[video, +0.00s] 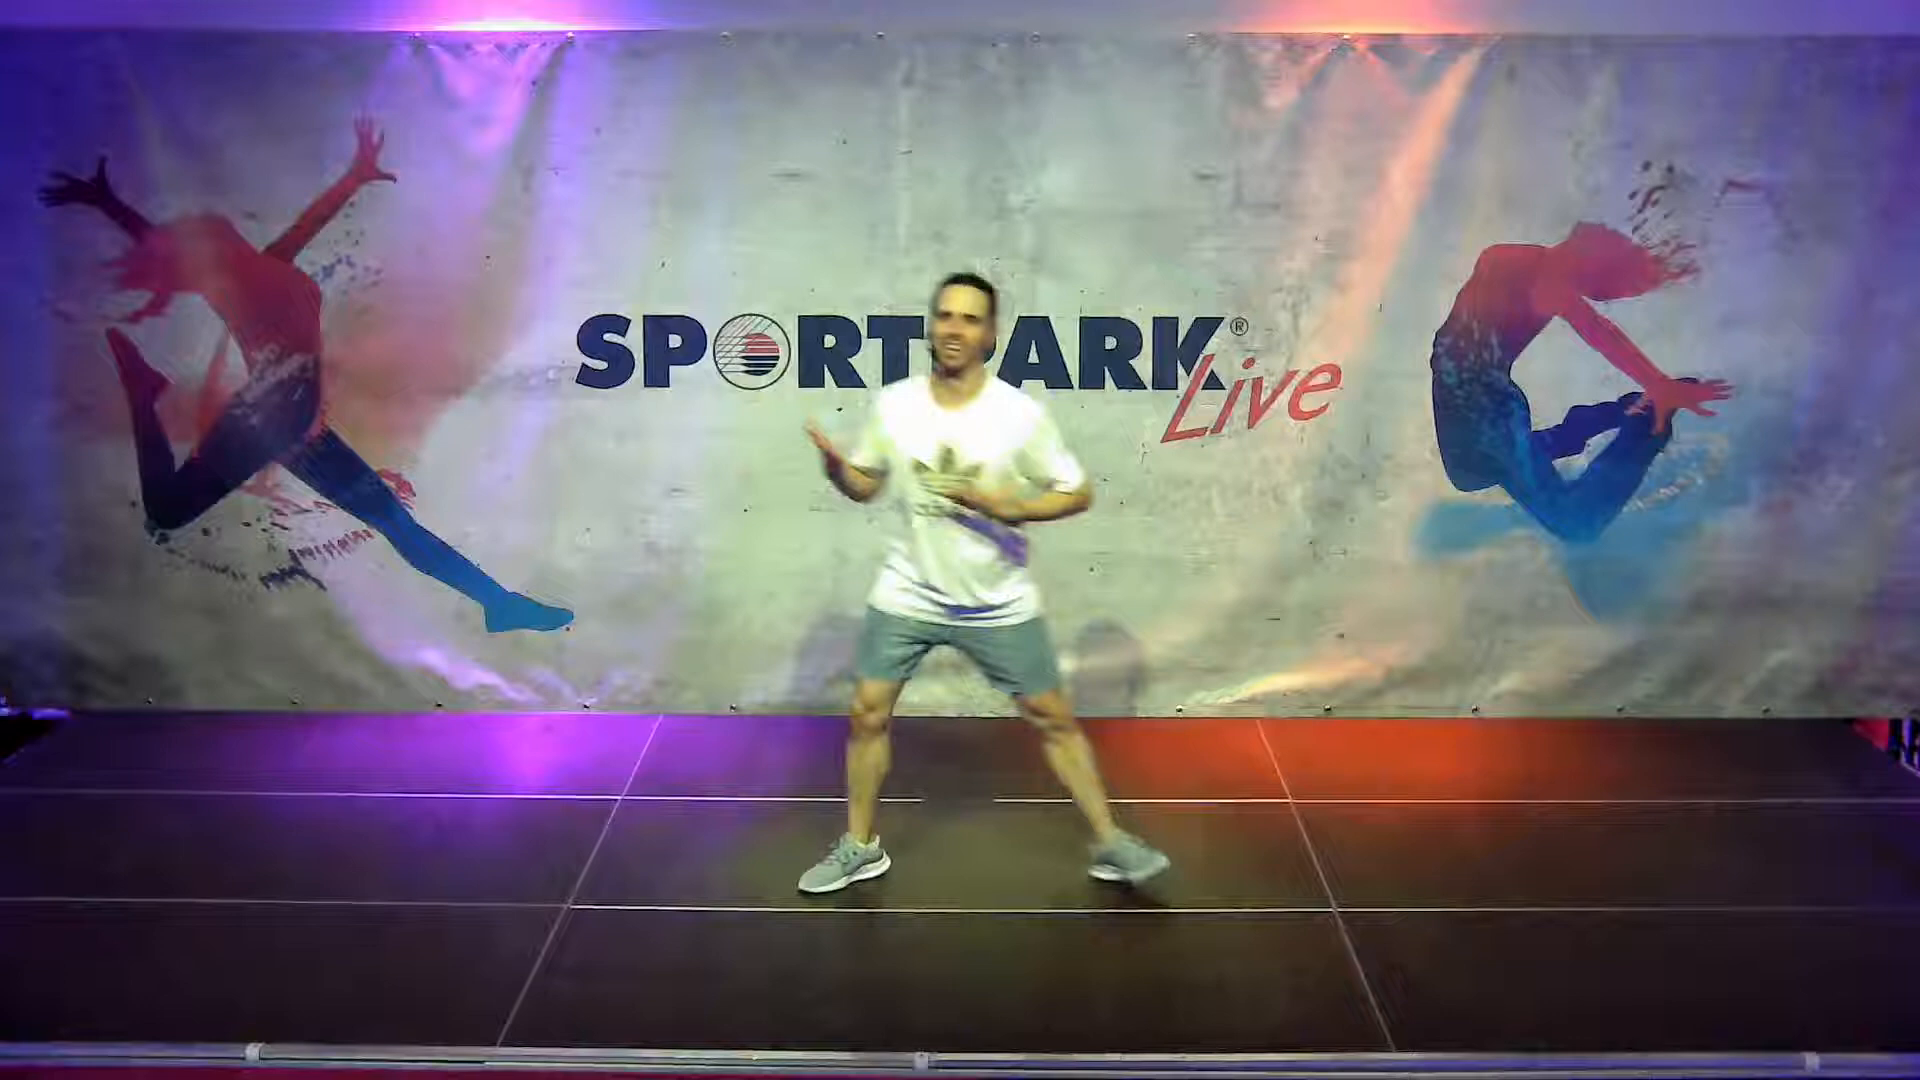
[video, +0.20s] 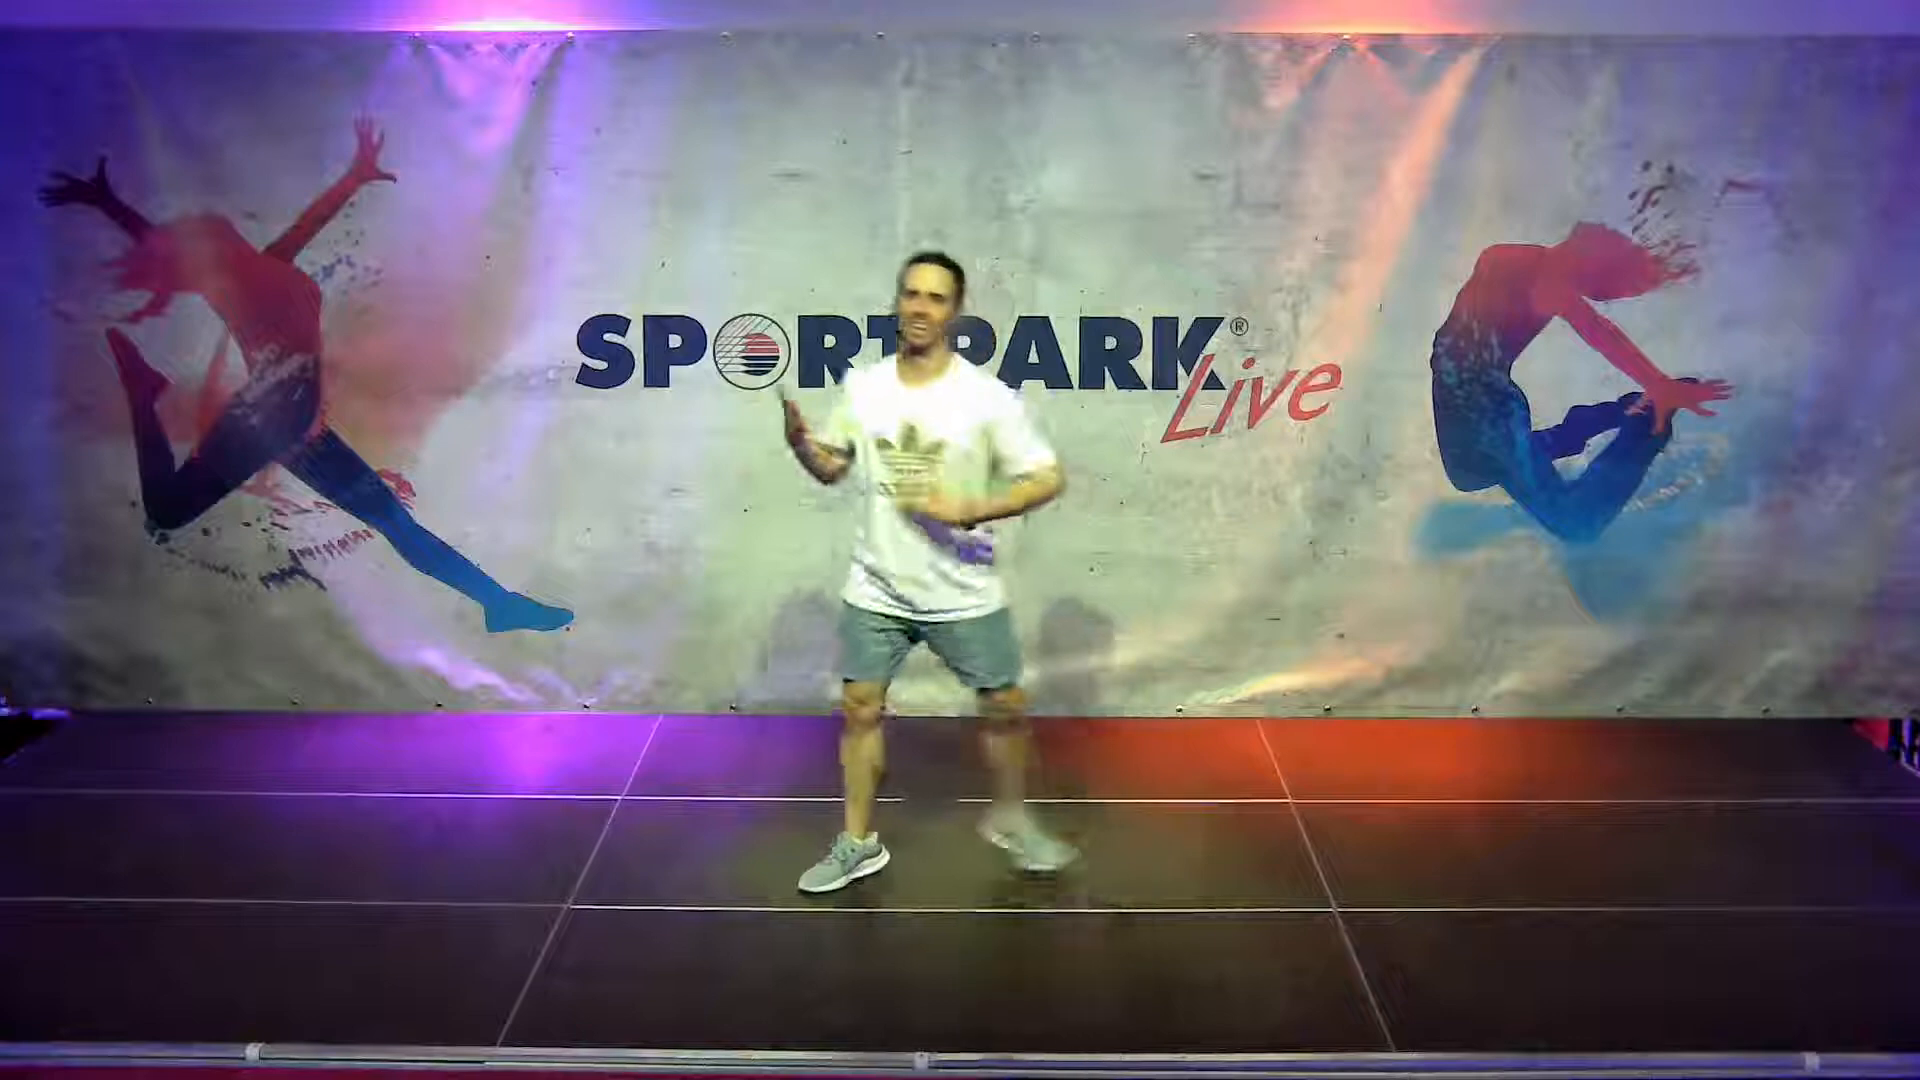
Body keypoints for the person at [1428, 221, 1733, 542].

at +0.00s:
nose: (1594, 290)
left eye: (1604, 289)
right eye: (1604, 284)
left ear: (1588, 250)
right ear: (1589, 247)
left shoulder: (1549, 283)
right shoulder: (1531, 265)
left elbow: (1598, 332)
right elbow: (1596, 331)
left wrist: (1657, 382)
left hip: (1487, 402)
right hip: (1455, 391)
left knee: (1575, 522)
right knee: (1468, 474)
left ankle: (1648, 425)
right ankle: (1570, 436)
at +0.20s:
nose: (1595, 290)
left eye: (1605, 289)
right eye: (1605, 284)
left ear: (1588, 250)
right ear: (1589, 248)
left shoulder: (1548, 283)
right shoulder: (1530, 265)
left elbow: (1598, 332)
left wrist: (1657, 383)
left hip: (1487, 402)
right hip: (1454, 391)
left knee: (1576, 522)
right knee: (1468, 475)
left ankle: (1648, 424)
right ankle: (1570, 436)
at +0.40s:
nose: (1595, 290)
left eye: (1605, 289)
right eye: (1605, 284)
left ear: (1588, 250)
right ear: (1589, 248)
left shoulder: (1548, 283)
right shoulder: (1529, 264)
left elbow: (1598, 332)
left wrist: (1657, 383)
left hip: (1487, 402)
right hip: (1454, 391)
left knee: (1576, 522)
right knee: (1468, 475)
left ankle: (1648, 424)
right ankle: (1570, 436)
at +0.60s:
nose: (1595, 290)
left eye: (1605, 289)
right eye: (1605, 284)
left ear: (1588, 250)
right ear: (1589, 248)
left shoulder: (1548, 283)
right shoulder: (1529, 265)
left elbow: (1598, 332)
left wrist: (1657, 383)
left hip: (1487, 402)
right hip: (1454, 391)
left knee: (1576, 522)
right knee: (1468, 475)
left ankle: (1648, 424)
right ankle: (1570, 436)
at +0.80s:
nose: (1595, 290)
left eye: (1605, 289)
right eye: (1605, 284)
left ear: (1588, 250)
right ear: (1589, 248)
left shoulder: (1548, 283)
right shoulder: (1529, 264)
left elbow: (1598, 332)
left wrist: (1657, 383)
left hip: (1487, 402)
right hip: (1454, 391)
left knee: (1576, 522)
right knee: (1468, 475)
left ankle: (1648, 424)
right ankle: (1570, 436)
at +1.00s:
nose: (1594, 290)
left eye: (1604, 289)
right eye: (1604, 284)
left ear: (1589, 250)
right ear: (1589, 247)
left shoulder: (1548, 283)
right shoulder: (1531, 265)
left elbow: (1598, 332)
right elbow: (1596, 331)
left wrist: (1657, 382)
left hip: (1487, 402)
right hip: (1455, 391)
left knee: (1576, 522)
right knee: (1468, 474)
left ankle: (1648, 425)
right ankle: (1570, 436)